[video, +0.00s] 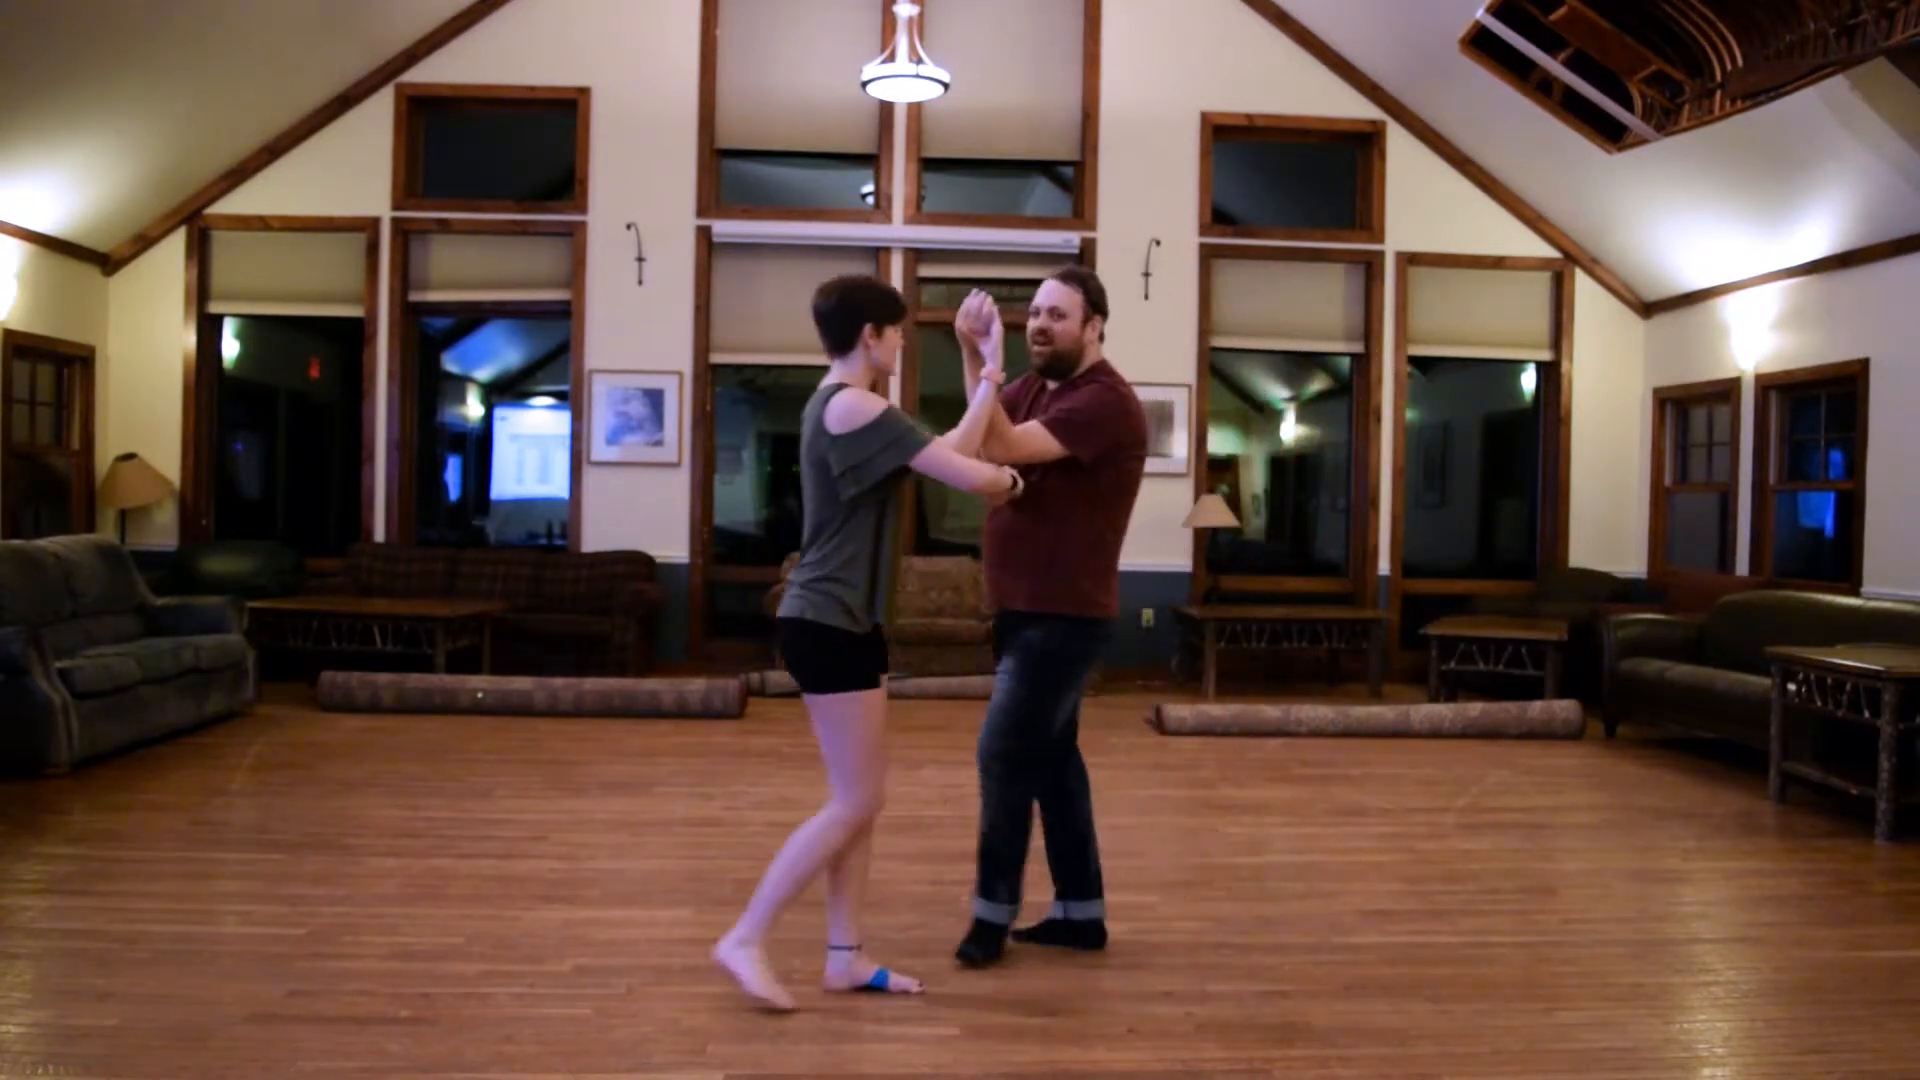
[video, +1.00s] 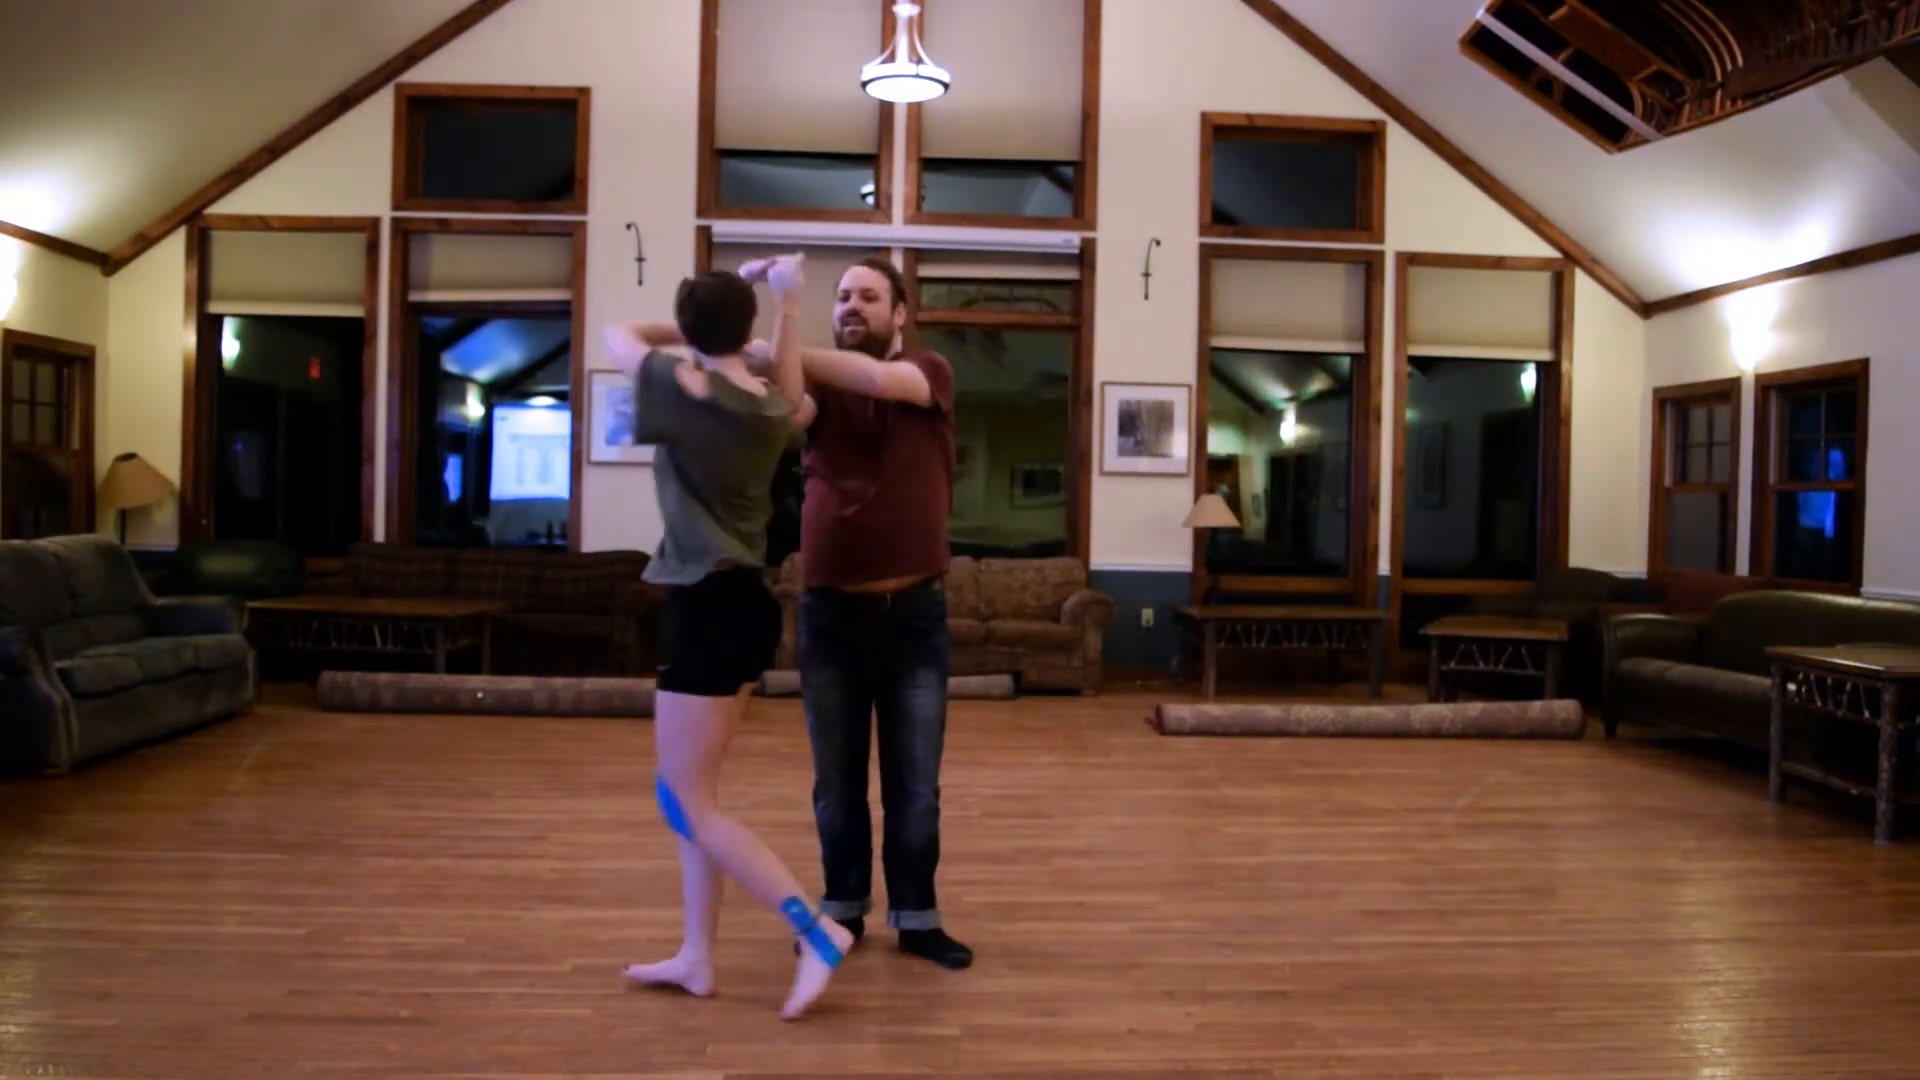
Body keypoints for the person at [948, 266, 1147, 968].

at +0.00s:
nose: (1039, 326)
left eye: (1056, 316)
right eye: (1034, 314)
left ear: (1094, 328)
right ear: (1028, 324)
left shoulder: (1106, 401)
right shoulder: (1030, 388)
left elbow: (1001, 442)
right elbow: (970, 446)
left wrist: (982, 361)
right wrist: (977, 365)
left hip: (1068, 615)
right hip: (1019, 611)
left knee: (1003, 753)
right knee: (1056, 762)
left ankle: (991, 915)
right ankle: (1081, 912)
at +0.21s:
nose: (1000, 323)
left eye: (1017, 314)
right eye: (998, 312)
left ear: (1056, 331)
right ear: (994, 325)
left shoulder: (1072, 411)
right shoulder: (985, 389)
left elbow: (992, 462)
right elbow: (918, 450)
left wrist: (953, 385)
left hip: (1014, 618)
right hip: (956, 607)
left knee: (969, 768)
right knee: (942, 754)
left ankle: (952, 921)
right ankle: (1046, 877)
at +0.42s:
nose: (961, 309)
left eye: (980, 300)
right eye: (957, 299)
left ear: (1018, 318)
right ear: (951, 316)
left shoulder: (1038, 394)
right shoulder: (927, 385)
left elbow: (959, 418)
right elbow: (876, 466)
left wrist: (913, 348)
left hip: (982, 613)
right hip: (909, 604)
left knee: (963, 772)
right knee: (880, 748)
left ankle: (954, 915)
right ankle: (913, 890)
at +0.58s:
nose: (923, 300)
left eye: (941, 291)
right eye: (918, 290)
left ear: (975, 313)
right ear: (905, 304)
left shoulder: (998, 373)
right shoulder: (890, 368)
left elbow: (916, 347)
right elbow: (861, 341)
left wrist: (876, 299)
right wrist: (857, 292)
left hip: (962, 603)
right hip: (882, 600)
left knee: (951, 777)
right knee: (863, 765)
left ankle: (948, 918)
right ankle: (839, 908)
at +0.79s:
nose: (878, 298)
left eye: (895, 289)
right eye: (871, 287)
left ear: (928, 307)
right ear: (860, 299)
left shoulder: (953, 364)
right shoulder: (847, 368)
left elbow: (875, 331)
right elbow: (789, 337)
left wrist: (793, 280)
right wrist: (754, 272)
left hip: (933, 599)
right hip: (854, 599)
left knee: (928, 776)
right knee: (845, 773)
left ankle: (929, 915)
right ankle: (840, 909)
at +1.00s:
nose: (849, 306)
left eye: (866, 296)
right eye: (842, 297)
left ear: (900, 312)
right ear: (832, 310)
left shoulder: (931, 373)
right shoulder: (816, 377)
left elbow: (873, 376)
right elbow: (780, 398)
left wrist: (775, 352)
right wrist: (779, 313)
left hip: (915, 602)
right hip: (830, 602)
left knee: (915, 776)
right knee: (838, 773)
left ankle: (917, 918)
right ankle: (842, 913)